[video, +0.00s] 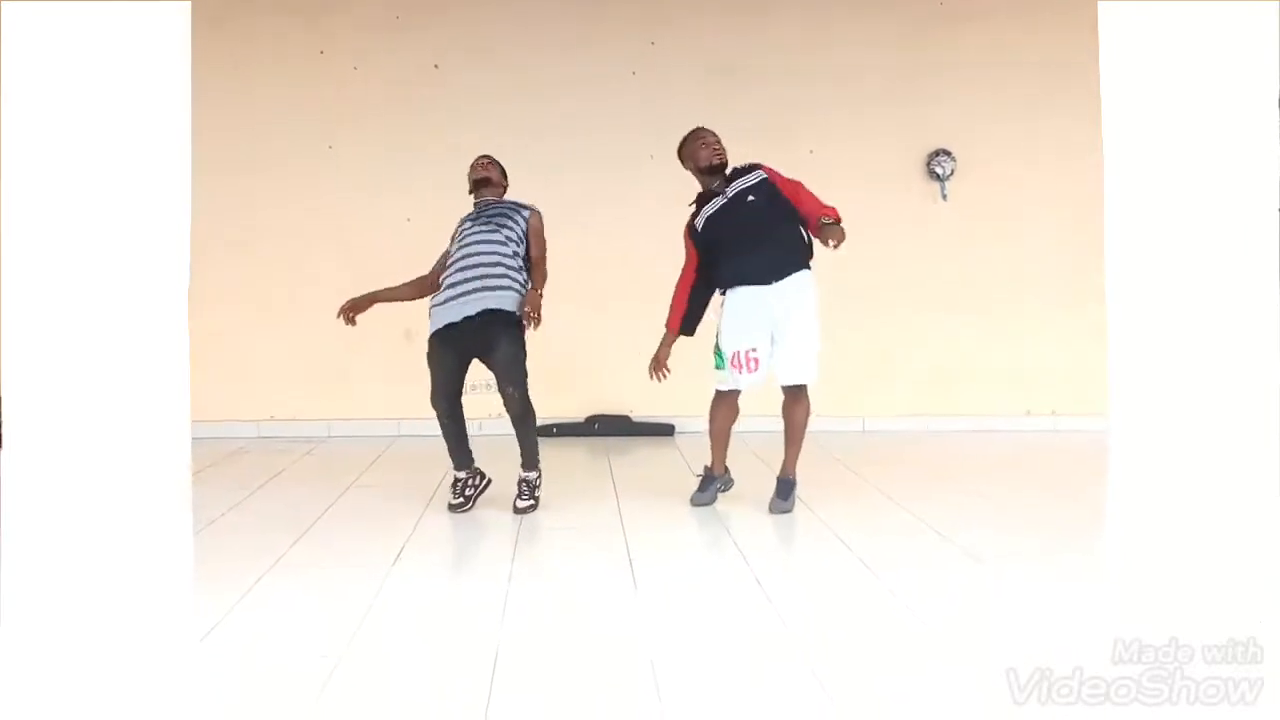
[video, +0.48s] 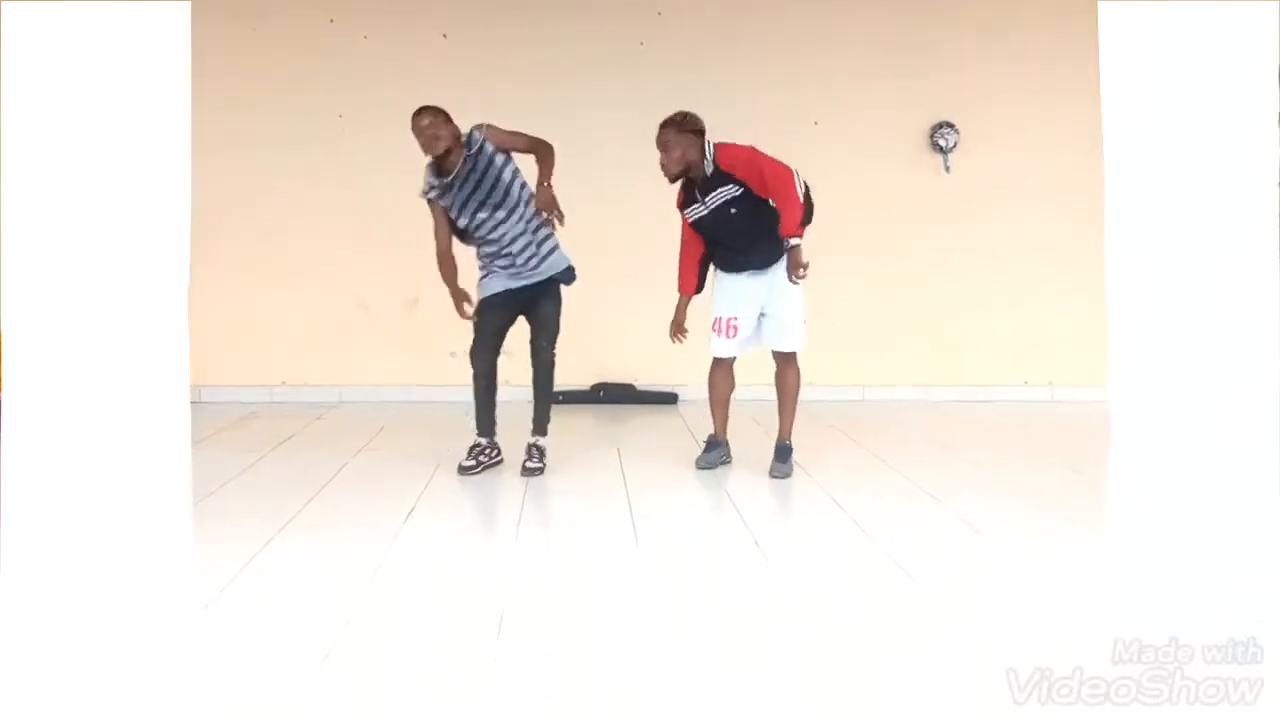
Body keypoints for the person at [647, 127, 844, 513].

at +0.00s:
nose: (714, 146)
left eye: (717, 141)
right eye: (702, 144)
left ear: (726, 152)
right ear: (688, 164)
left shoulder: (759, 175)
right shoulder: (699, 221)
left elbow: (801, 198)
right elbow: (692, 280)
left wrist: (827, 222)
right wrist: (668, 340)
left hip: (794, 290)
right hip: (742, 301)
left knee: (795, 386)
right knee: (727, 387)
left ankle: (787, 475)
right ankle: (717, 471)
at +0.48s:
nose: (660, 160)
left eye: (665, 150)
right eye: (659, 151)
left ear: (690, 147)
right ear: (680, 152)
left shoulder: (734, 158)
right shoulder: (688, 197)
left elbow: (784, 183)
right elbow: (693, 248)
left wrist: (793, 244)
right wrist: (682, 304)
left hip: (778, 267)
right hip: (732, 275)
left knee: (785, 355)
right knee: (721, 356)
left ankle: (784, 443)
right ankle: (719, 441)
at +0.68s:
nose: (697, 139)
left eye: (706, 130)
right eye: (693, 130)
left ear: (731, 126)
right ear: (691, 126)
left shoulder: (767, 164)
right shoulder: (692, 167)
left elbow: (797, 218)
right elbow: (682, 222)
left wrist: (799, 273)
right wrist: (676, 276)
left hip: (765, 277)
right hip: (712, 277)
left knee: (781, 358)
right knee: (697, 358)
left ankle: (777, 436)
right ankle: (709, 438)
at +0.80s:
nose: (731, 130)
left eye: (739, 121)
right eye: (724, 121)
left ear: (753, 114)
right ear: (713, 115)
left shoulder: (778, 150)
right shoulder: (695, 150)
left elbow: (791, 186)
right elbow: (677, 193)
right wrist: (657, 232)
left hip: (767, 266)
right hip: (715, 267)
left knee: (782, 351)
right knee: (708, 354)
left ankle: (777, 432)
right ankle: (707, 437)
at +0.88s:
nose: (735, 129)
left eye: (743, 120)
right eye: (727, 119)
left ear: (757, 114)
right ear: (717, 114)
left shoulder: (782, 152)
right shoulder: (697, 147)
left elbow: (802, 197)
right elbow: (669, 183)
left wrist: (804, 244)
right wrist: (641, 220)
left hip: (767, 260)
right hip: (715, 261)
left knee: (788, 337)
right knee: (704, 344)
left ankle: (780, 424)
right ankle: (704, 432)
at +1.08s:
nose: (750, 161)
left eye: (759, 153)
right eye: (743, 151)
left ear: (772, 150)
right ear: (732, 146)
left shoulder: (790, 192)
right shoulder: (707, 179)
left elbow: (815, 232)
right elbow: (664, 196)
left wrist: (827, 268)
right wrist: (622, 218)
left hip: (768, 304)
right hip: (717, 301)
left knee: (788, 381)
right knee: (704, 379)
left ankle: (801, 472)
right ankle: (698, 473)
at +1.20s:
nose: (753, 217)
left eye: (762, 209)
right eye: (746, 208)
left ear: (773, 203)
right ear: (735, 199)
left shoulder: (794, 229)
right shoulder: (712, 219)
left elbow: (829, 258)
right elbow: (670, 236)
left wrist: (832, 297)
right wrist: (658, 258)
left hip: (770, 323)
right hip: (715, 322)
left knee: (805, 367)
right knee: (693, 375)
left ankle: (793, 439)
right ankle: (708, 445)